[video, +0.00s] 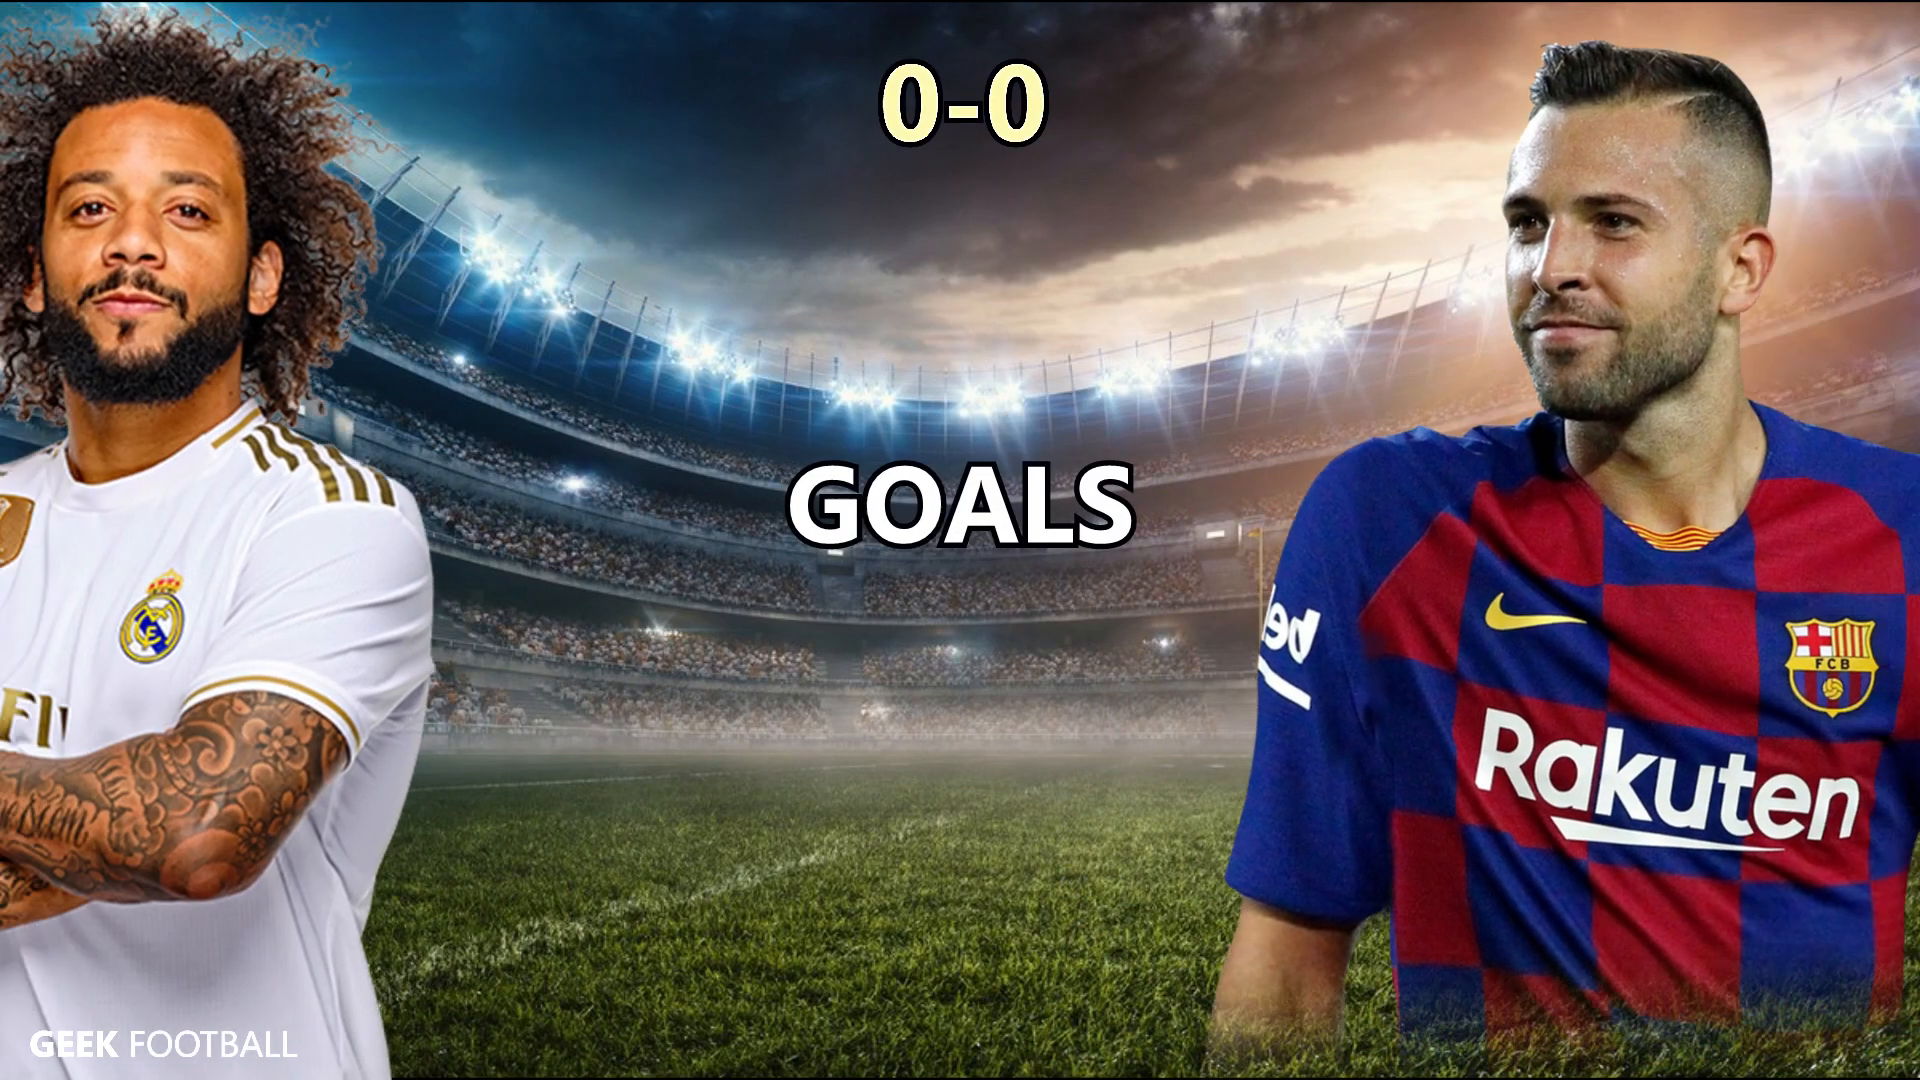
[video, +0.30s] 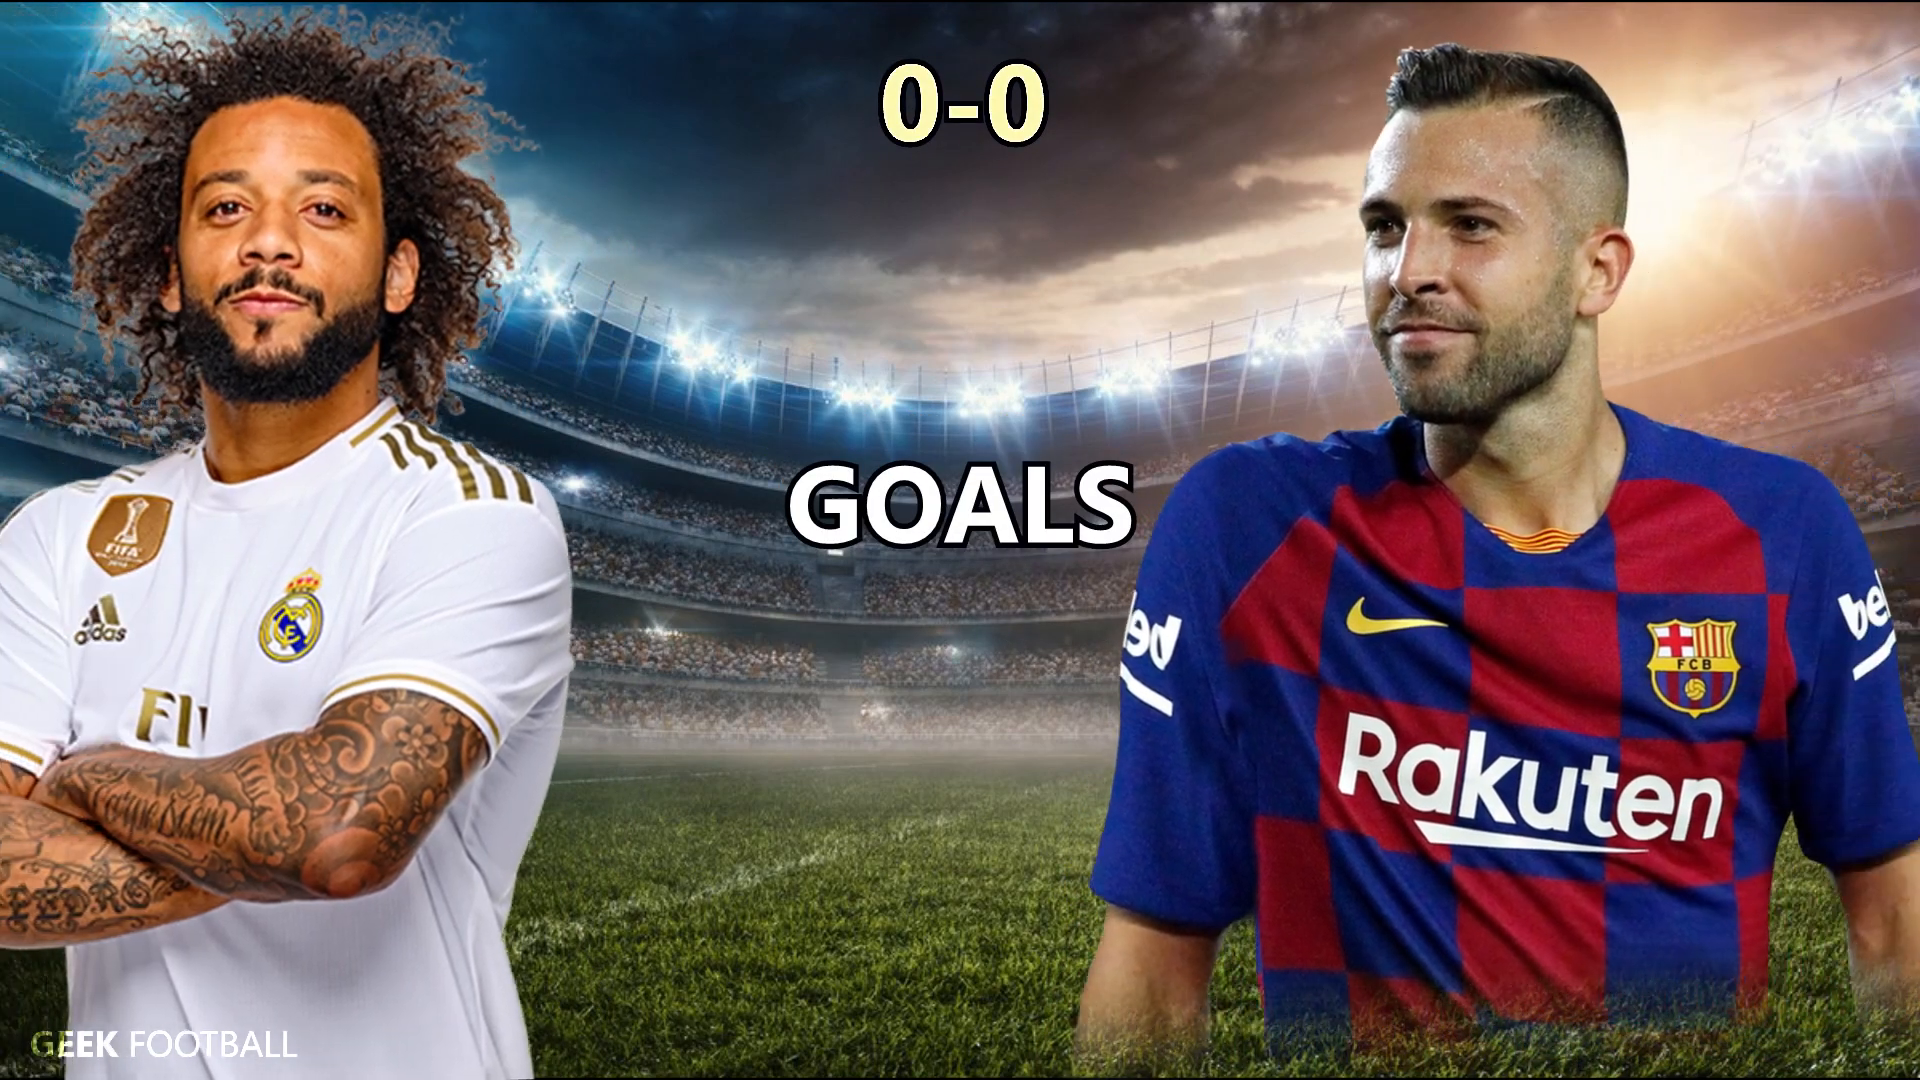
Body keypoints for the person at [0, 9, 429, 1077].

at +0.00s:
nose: (133, 244)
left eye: (187, 210)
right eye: (90, 210)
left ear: (259, 275)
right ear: (36, 275)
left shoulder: (337, 519)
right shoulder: (3, 513)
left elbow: (196, 829)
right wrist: (124, 824)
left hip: (260, 1059)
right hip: (24, 1057)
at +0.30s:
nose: (268, 243)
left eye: (324, 211)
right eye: (227, 208)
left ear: (395, 277)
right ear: (173, 275)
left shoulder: (478, 518)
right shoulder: (56, 537)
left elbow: (340, 832)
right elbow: (7, 885)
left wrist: (69, 775)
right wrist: (261, 831)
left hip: (406, 1064)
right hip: (127, 1063)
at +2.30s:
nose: (392, 251)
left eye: (448, 215)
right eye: (349, 215)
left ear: (520, 280)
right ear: (300, 278)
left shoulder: (607, 525)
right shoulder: (185, 546)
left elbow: (470, 837)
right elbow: (71, 888)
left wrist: (208, 781)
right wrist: (394, 846)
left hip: (536, 1066)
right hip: (258, 1066)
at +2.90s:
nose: (289, 245)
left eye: (344, 213)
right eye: (246, 212)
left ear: (415, 277)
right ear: (192, 277)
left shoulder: (499, 518)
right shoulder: (77, 543)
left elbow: (363, 833)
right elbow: (9, 887)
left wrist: (96, 778)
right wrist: (283, 833)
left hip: (434, 1064)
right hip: (153, 1063)